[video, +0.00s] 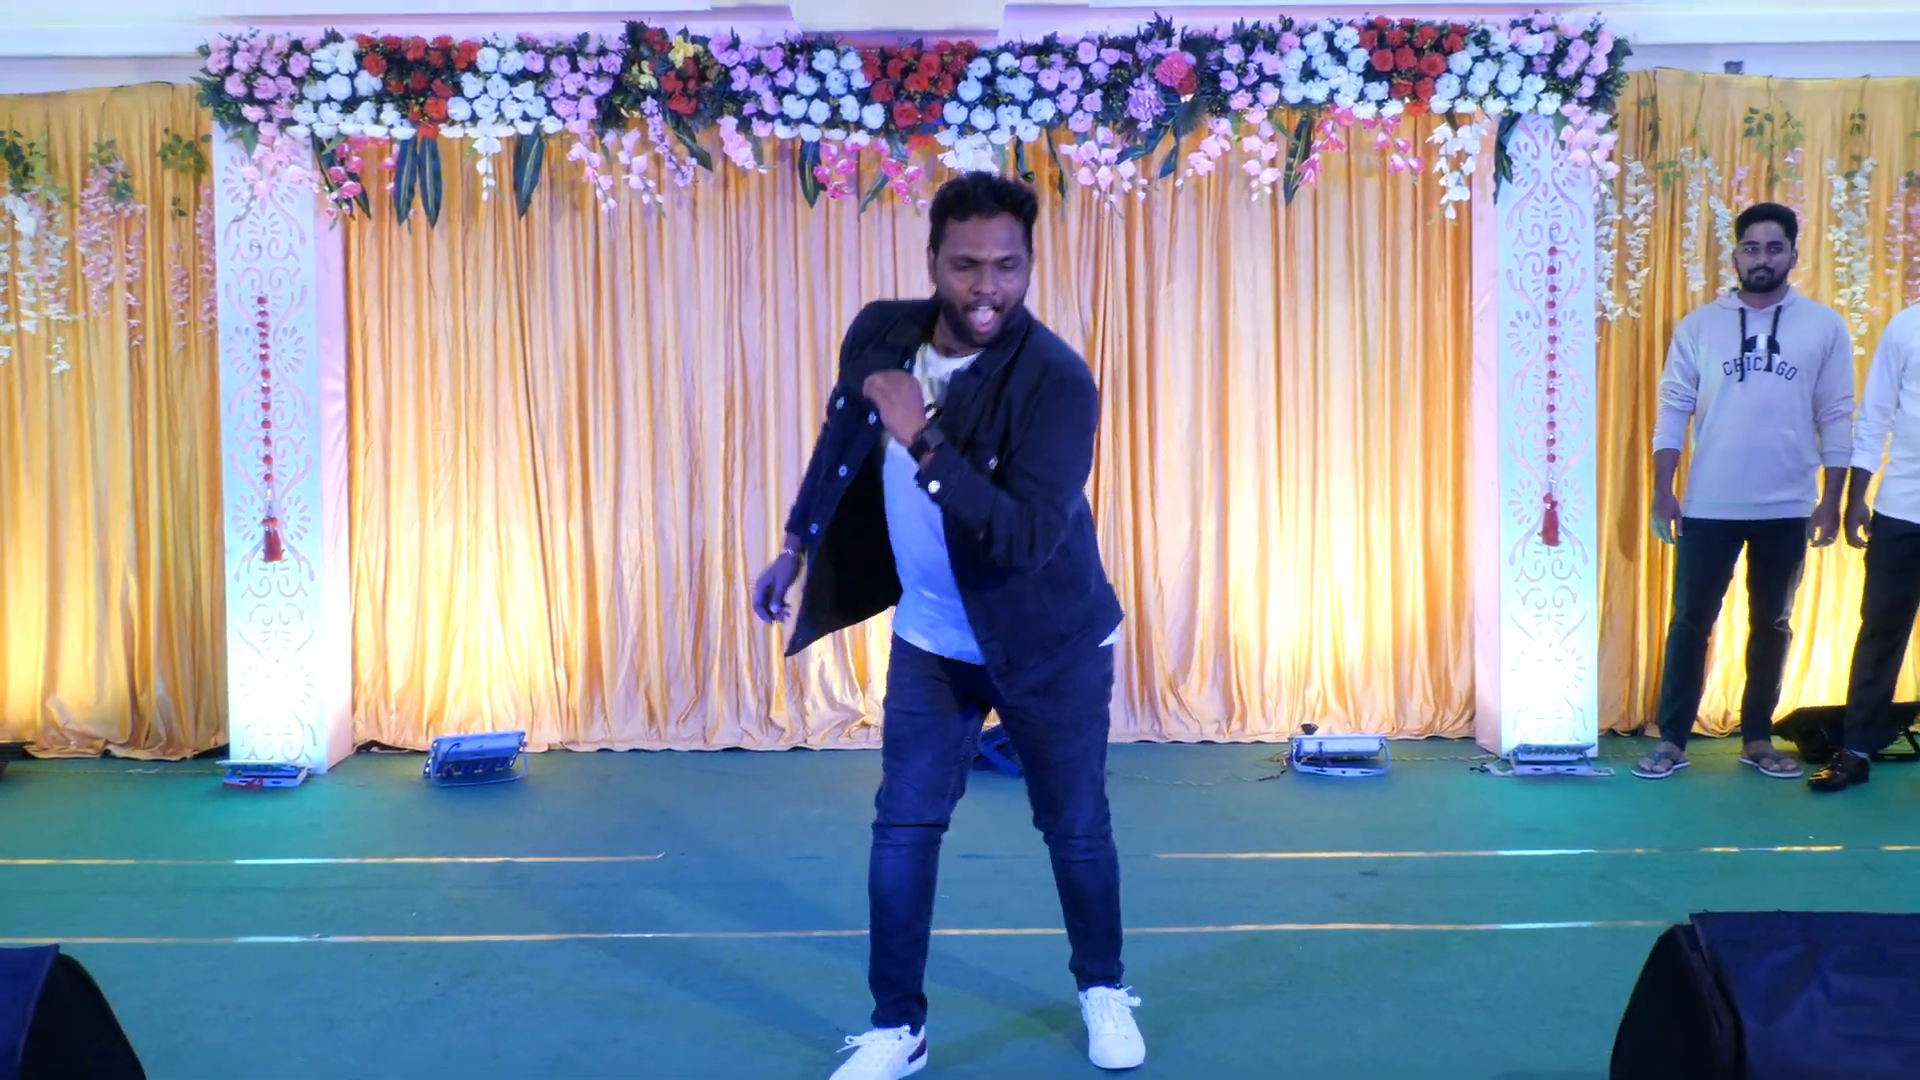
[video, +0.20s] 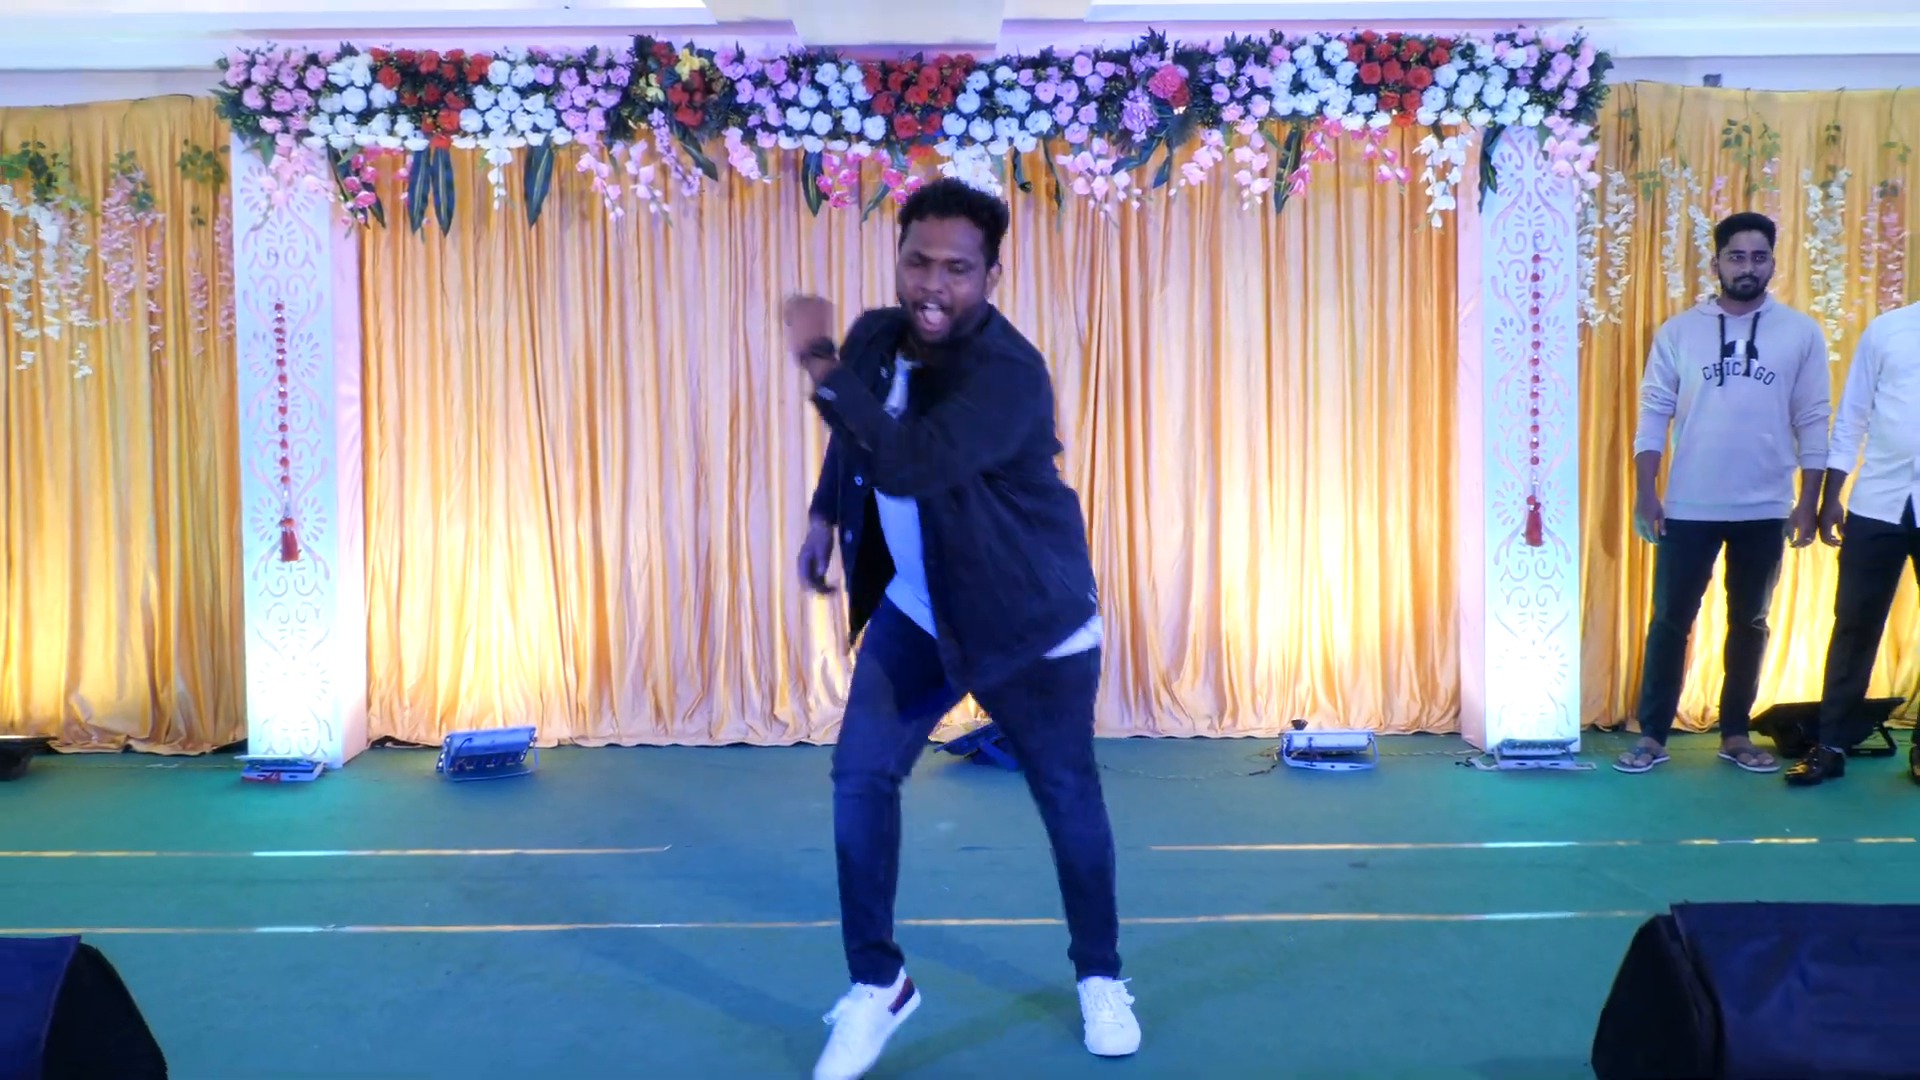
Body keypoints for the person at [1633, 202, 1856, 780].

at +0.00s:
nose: (1761, 257)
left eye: (1773, 248)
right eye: (1750, 247)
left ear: (1793, 256)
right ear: (1735, 255)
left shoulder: (1823, 326)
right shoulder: (1699, 325)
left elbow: (1836, 415)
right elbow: (1674, 407)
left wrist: (1832, 497)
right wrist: (1663, 485)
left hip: (1785, 504)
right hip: (1710, 501)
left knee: (1772, 627)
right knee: (1690, 622)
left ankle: (1757, 741)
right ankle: (1672, 741)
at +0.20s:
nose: (1748, 265)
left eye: (1758, 256)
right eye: (1736, 256)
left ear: (1773, 264)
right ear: (1716, 262)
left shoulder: (1800, 333)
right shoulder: (1679, 331)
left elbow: (1813, 419)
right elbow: (1654, 410)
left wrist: (1809, 499)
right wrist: (1645, 487)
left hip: (1763, 507)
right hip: (1690, 504)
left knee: (1749, 627)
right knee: (1669, 623)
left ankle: (1735, 736)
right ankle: (1652, 737)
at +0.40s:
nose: (1740, 270)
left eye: (1750, 261)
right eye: (1729, 260)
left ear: (1764, 268)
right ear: (1708, 266)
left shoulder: (1790, 337)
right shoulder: (1670, 334)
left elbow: (1803, 421)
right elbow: (1645, 413)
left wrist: (1800, 500)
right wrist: (1637, 488)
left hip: (1753, 508)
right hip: (1681, 505)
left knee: (1739, 626)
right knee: (1660, 622)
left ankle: (1726, 735)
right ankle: (1644, 735)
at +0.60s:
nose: (1741, 271)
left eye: (1751, 262)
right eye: (1730, 261)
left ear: (1764, 269)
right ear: (1708, 266)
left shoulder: (1790, 338)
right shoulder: (1670, 335)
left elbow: (1802, 423)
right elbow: (1645, 413)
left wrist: (1799, 502)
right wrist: (1637, 490)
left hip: (1754, 509)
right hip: (1681, 506)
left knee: (1740, 627)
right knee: (1660, 622)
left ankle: (1726, 733)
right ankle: (1643, 734)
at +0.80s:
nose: (1742, 271)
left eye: (1752, 262)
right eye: (1730, 261)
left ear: (1764, 270)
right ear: (1708, 267)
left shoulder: (1790, 339)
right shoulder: (1670, 336)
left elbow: (1803, 424)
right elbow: (1645, 415)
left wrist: (1802, 503)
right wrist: (1637, 492)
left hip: (1754, 510)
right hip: (1681, 507)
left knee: (1740, 628)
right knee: (1660, 622)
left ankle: (1726, 734)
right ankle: (1644, 735)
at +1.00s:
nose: (1741, 272)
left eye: (1751, 263)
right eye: (1729, 262)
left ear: (1765, 271)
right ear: (1709, 268)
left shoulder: (1791, 339)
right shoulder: (1671, 337)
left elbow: (1804, 423)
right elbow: (1646, 415)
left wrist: (1801, 503)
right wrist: (1638, 491)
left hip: (1755, 509)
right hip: (1682, 506)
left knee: (1740, 627)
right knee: (1660, 622)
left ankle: (1726, 734)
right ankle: (1644, 735)